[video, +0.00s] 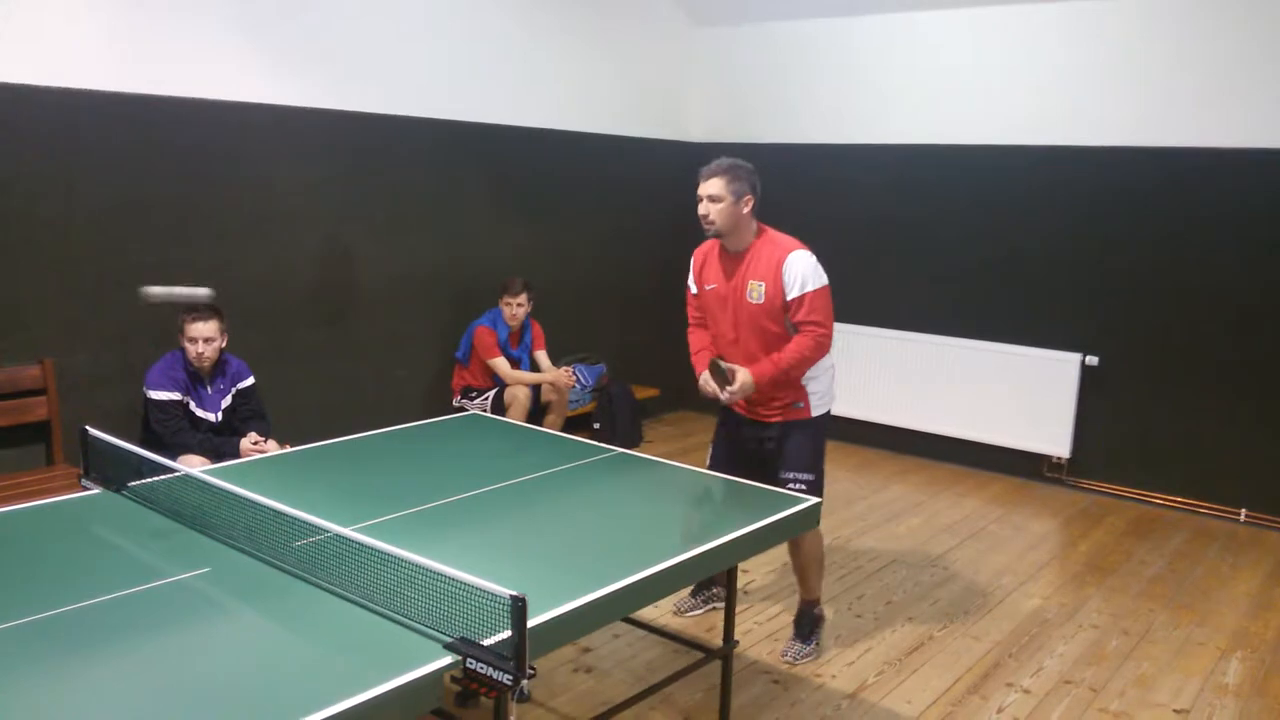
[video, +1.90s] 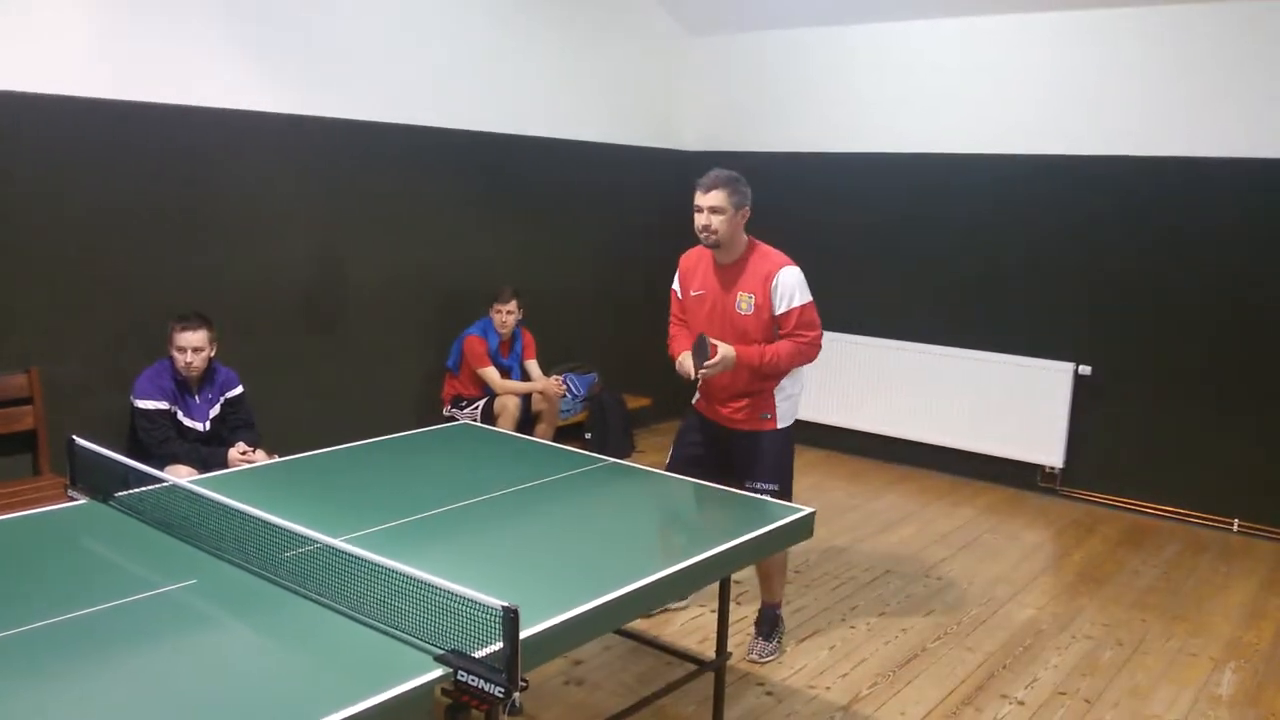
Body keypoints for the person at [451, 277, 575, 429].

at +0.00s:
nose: (513, 311)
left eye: (520, 305)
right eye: (508, 305)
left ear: (529, 307)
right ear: (500, 304)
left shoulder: (533, 328)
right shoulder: (483, 330)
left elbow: (547, 368)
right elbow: (508, 377)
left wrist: (561, 376)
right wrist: (553, 377)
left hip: (505, 390)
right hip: (470, 397)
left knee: (559, 391)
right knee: (521, 394)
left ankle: (546, 451)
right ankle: (509, 451)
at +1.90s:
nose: (503, 319)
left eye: (510, 313)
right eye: (498, 312)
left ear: (519, 315)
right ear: (491, 313)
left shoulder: (523, 337)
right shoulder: (474, 339)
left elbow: (537, 377)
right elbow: (498, 387)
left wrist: (552, 386)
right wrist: (543, 386)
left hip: (497, 399)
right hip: (461, 405)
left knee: (550, 400)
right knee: (511, 403)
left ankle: (537, 462)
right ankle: (501, 461)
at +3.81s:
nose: (508, 319)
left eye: (514, 313)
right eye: (503, 312)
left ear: (523, 314)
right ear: (494, 312)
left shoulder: (527, 336)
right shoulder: (477, 339)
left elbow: (541, 377)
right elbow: (501, 386)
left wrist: (554, 384)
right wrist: (544, 386)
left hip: (501, 399)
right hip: (464, 405)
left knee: (553, 401)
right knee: (513, 402)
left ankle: (541, 463)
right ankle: (501, 461)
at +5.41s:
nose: (504, 324)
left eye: (510, 318)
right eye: (498, 317)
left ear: (518, 319)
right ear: (489, 316)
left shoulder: (521, 341)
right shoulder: (472, 343)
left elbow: (536, 382)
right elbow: (496, 391)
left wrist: (550, 390)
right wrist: (539, 391)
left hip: (494, 404)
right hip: (457, 410)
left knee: (547, 405)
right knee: (508, 407)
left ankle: (534, 468)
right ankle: (495, 467)